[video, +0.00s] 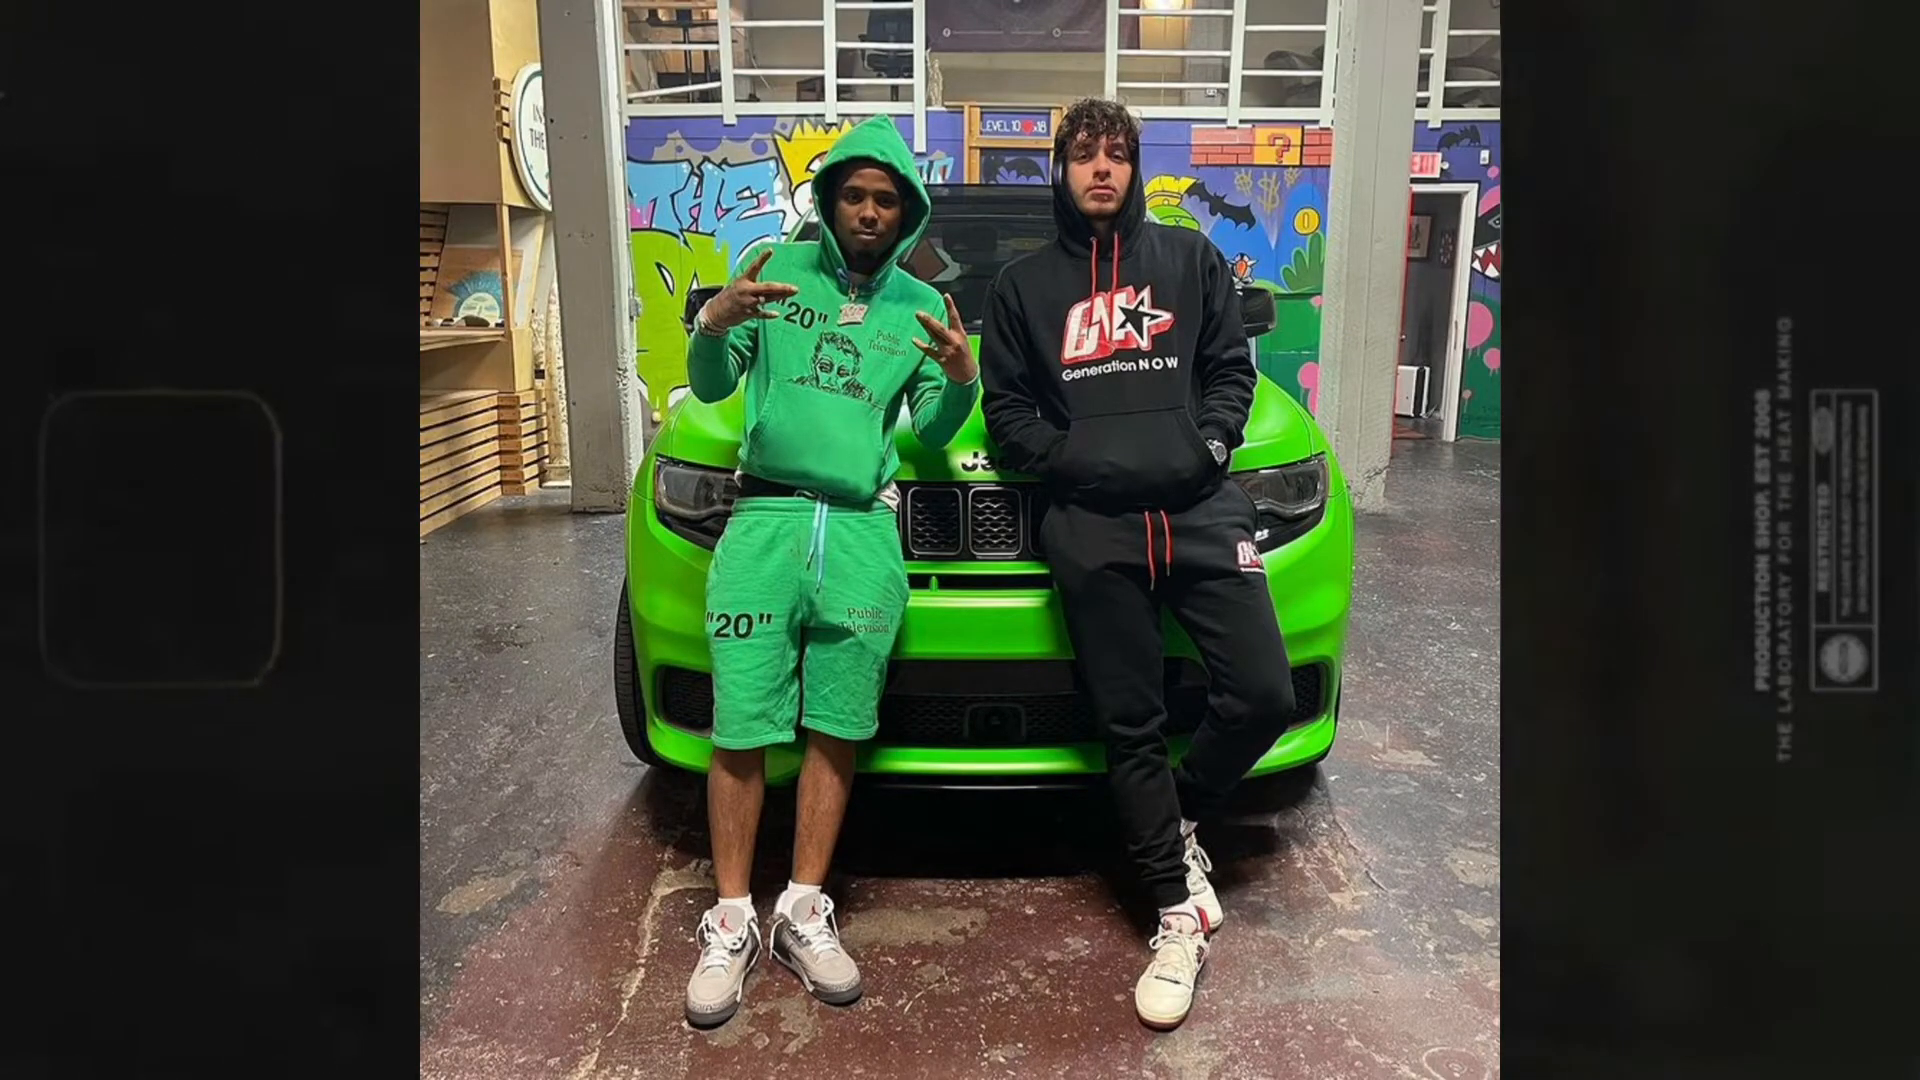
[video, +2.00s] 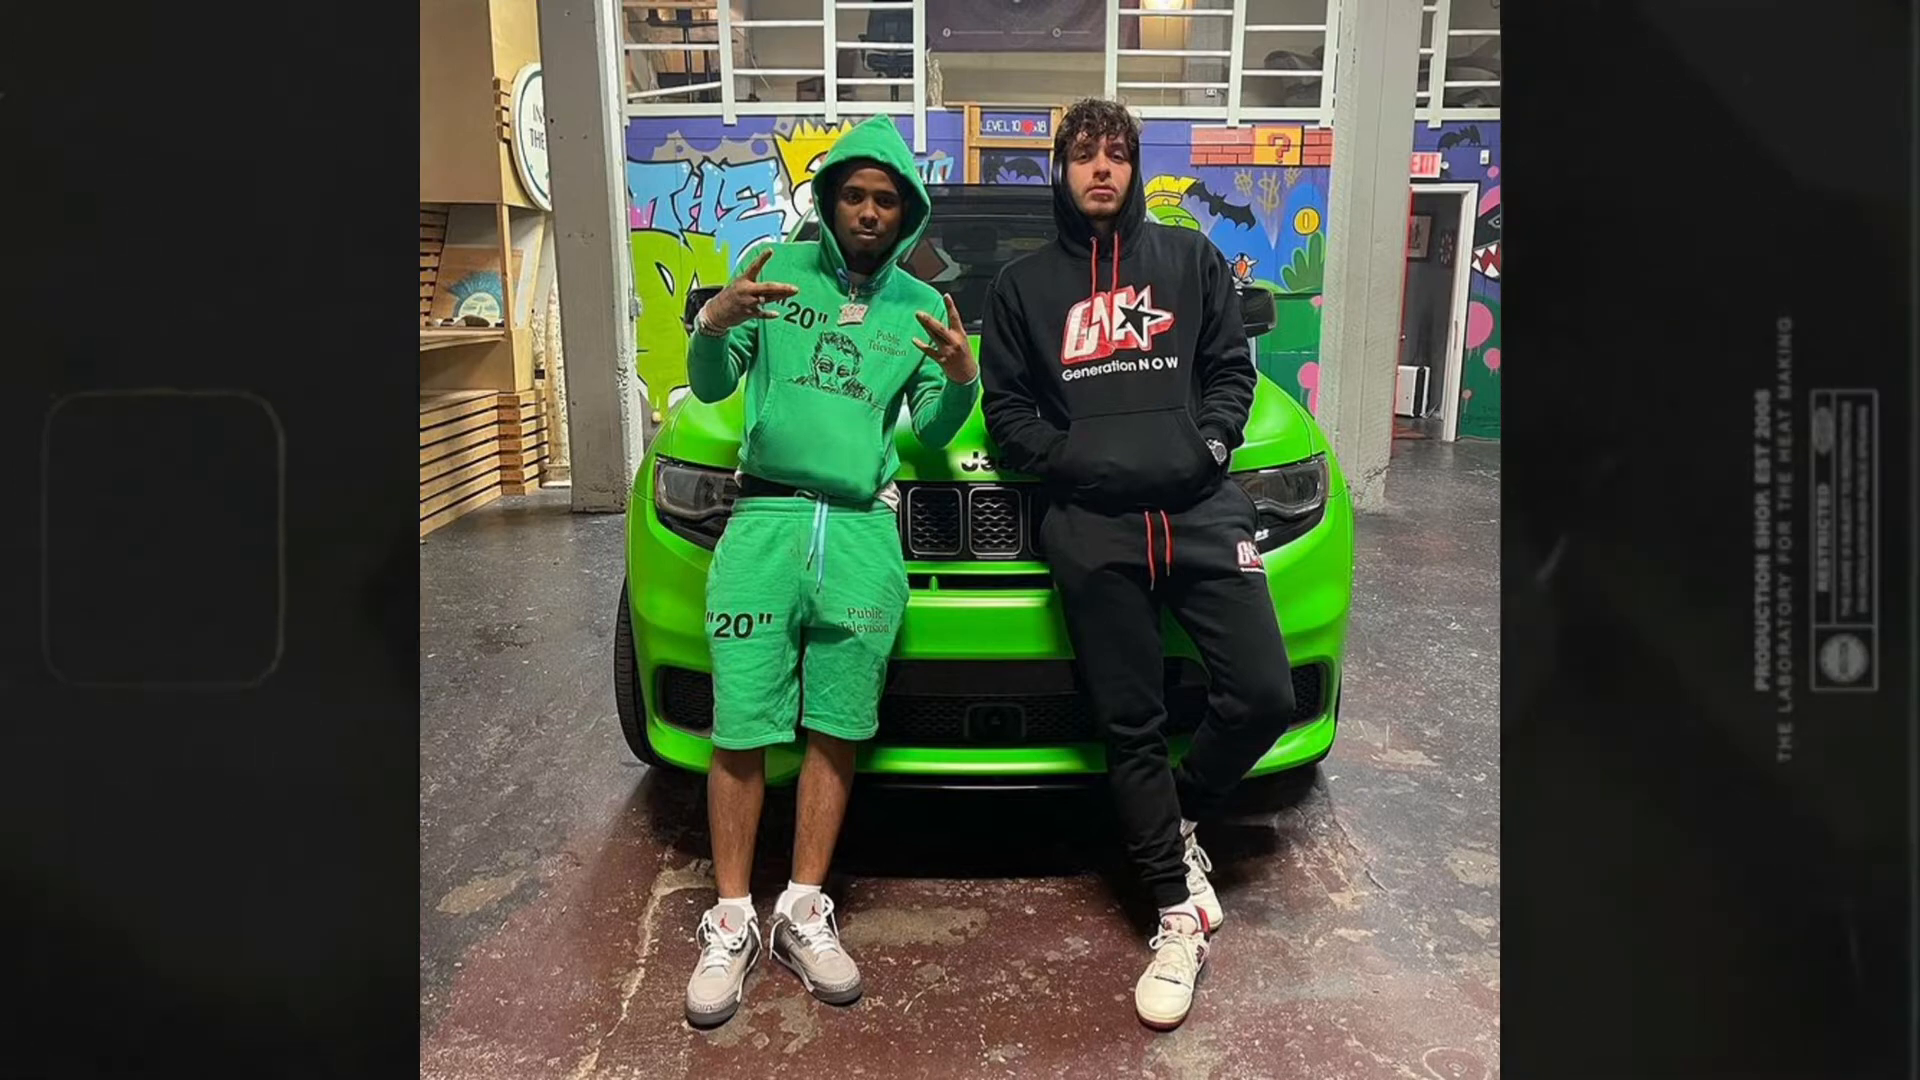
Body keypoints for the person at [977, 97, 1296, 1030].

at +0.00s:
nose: (1101, 171)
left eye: (1115, 159)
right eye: (1086, 159)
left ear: (1137, 170)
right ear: (1061, 172)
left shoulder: (1193, 257)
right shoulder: (1019, 281)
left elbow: (1232, 367)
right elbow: (1005, 405)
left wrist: (1208, 445)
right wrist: (1065, 456)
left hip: (1200, 502)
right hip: (1091, 513)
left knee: (1262, 692)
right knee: (1131, 719)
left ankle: (1180, 820)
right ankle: (1179, 917)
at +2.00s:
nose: (1102, 171)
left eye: (1116, 158)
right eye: (1088, 158)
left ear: (1137, 171)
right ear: (1062, 171)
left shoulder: (1191, 256)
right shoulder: (1018, 280)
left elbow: (1232, 364)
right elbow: (1004, 403)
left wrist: (1209, 444)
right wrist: (1065, 458)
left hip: (1200, 503)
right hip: (1091, 514)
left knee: (1262, 693)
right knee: (1131, 718)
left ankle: (1179, 819)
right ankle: (1179, 916)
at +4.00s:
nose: (1102, 171)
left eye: (1115, 158)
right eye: (1087, 158)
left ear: (1137, 171)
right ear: (1061, 172)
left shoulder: (1191, 256)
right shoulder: (1017, 280)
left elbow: (1232, 363)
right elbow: (1003, 403)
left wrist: (1209, 444)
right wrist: (1064, 457)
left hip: (1200, 503)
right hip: (1091, 514)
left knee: (1262, 692)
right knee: (1131, 719)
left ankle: (1180, 818)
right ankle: (1179, 918)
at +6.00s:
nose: (1102, 171)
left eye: (1115, 158)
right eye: (1087, 158)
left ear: (1137, 171)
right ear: (1061, 172)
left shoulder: (1191, 256)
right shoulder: (1017, 280)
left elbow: (1232, 363)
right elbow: (1003, 403)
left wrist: (1209, 444)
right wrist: (1065, 457)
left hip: (1200, 503)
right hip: (1091, 514)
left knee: (1262, 692)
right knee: (1131, 719)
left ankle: (1180, 818)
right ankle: (1179, 918)